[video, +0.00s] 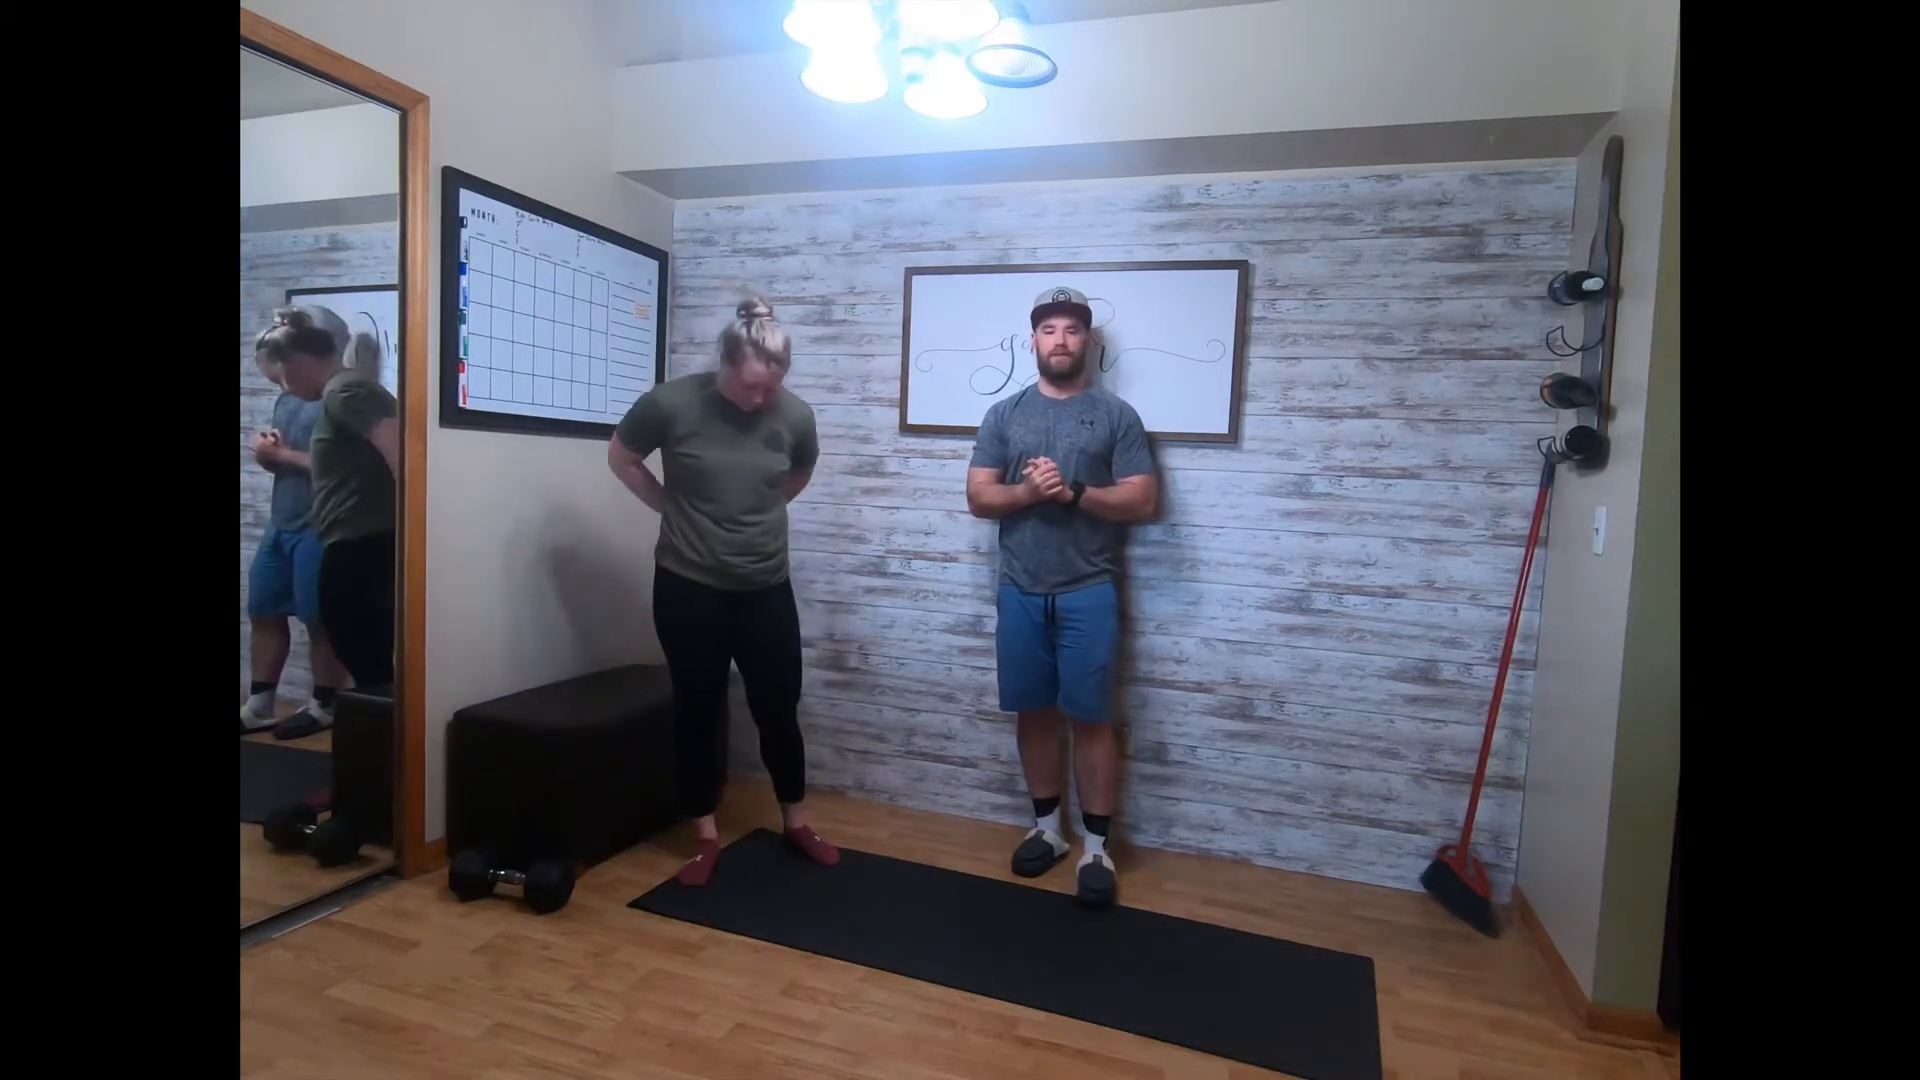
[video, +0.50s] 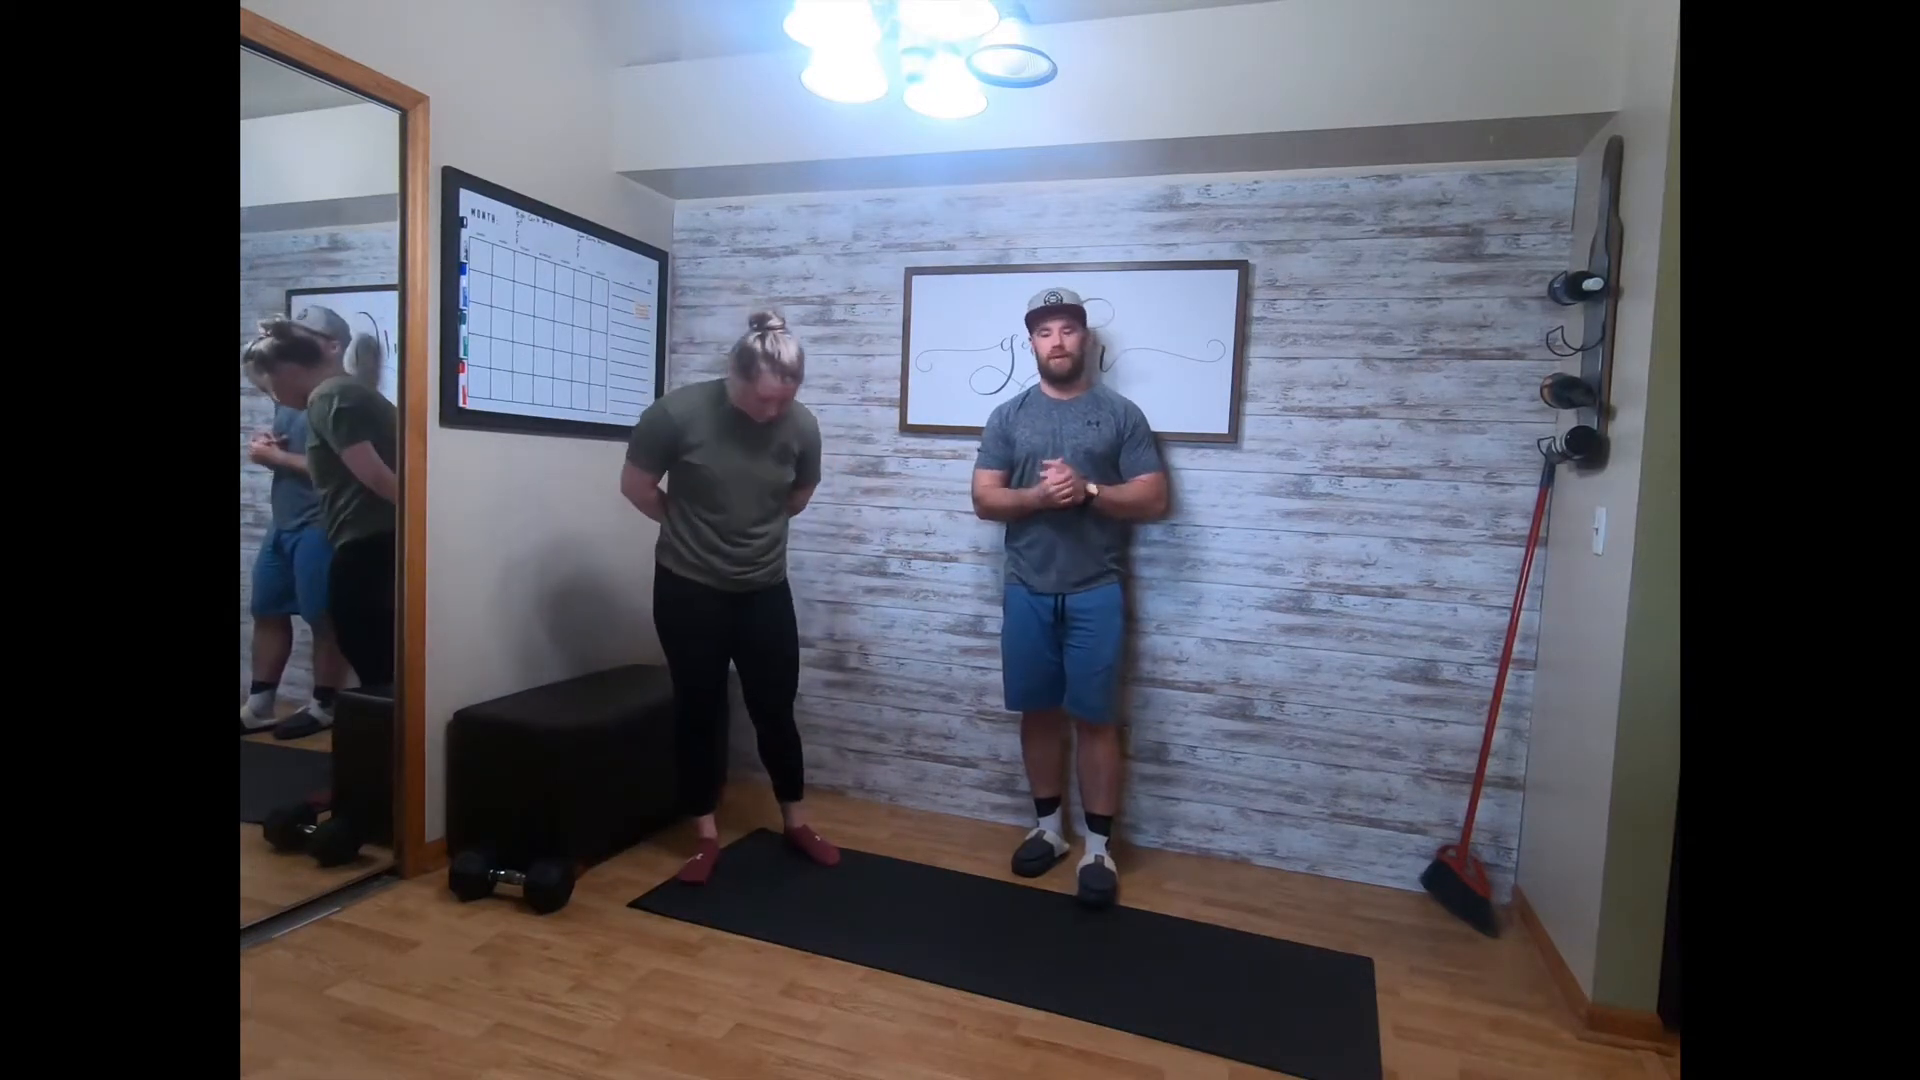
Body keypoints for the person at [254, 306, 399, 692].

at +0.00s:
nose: (287, 390)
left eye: (283, 378)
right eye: (280, 382)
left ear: (299, 359)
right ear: (312, 354)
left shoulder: (346, 391)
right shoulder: (342, 394)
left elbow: (401, 450)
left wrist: (417, 518)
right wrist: (284, 452)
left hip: (362, 547)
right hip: (356, 544)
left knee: (367, 661)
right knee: (368, 660)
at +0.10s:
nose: (287, 390)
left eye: (283, 378)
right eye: (280, 382)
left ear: (301, 359)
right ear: (315, 356)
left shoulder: (345, 393)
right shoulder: (347, 392)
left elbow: (401, 473)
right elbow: (335, 470)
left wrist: (424, 534)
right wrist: (284, 454)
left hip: (360, 549)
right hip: (361, 546)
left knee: (367, 665)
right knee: (370, 662)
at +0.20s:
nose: (287, 390)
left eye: (284, 377)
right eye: (281, 381)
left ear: (301, 360)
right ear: (318, 355)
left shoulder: (342, 395)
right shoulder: (360, 390)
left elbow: (385, 476)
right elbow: (336, 470)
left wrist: (426, 520)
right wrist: (283, 454)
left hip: (358, 548)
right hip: (371, 544)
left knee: (366, 662)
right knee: (372, 660)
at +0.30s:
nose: (286, 392)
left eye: (283, 380)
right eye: (280, 383)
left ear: (301, 361)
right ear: (319, 355)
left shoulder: (341, 396)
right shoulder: (369, 391)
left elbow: (377, 476)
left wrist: (426, 513)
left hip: (358, 548)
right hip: (376, 544)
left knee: (365, 660)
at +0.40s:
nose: (282, 397)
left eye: (277, 385)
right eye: (275, 389)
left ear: (294, 365)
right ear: (316, 355)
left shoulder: (336, 398)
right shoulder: (361, 393)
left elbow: (380, 477)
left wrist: (427, 516)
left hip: (362, 550)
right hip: (377, 547)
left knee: (369, 666)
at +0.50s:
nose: (277, 402)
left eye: (271, 389)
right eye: (269, 393)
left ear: (288, 367)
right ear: (313, 355)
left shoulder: (329, 398)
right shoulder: (363, 394)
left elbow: (374, 474)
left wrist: (423, 508)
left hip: (364, 547)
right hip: (386, 542)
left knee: (369, 657)